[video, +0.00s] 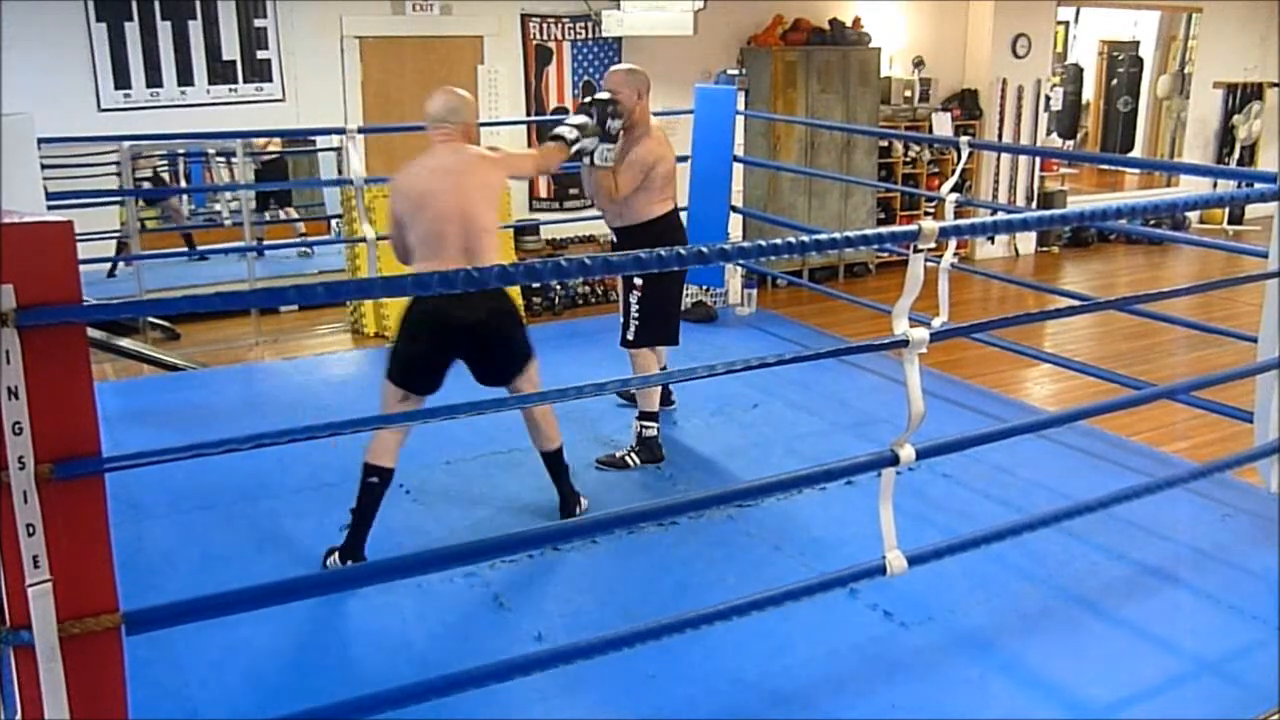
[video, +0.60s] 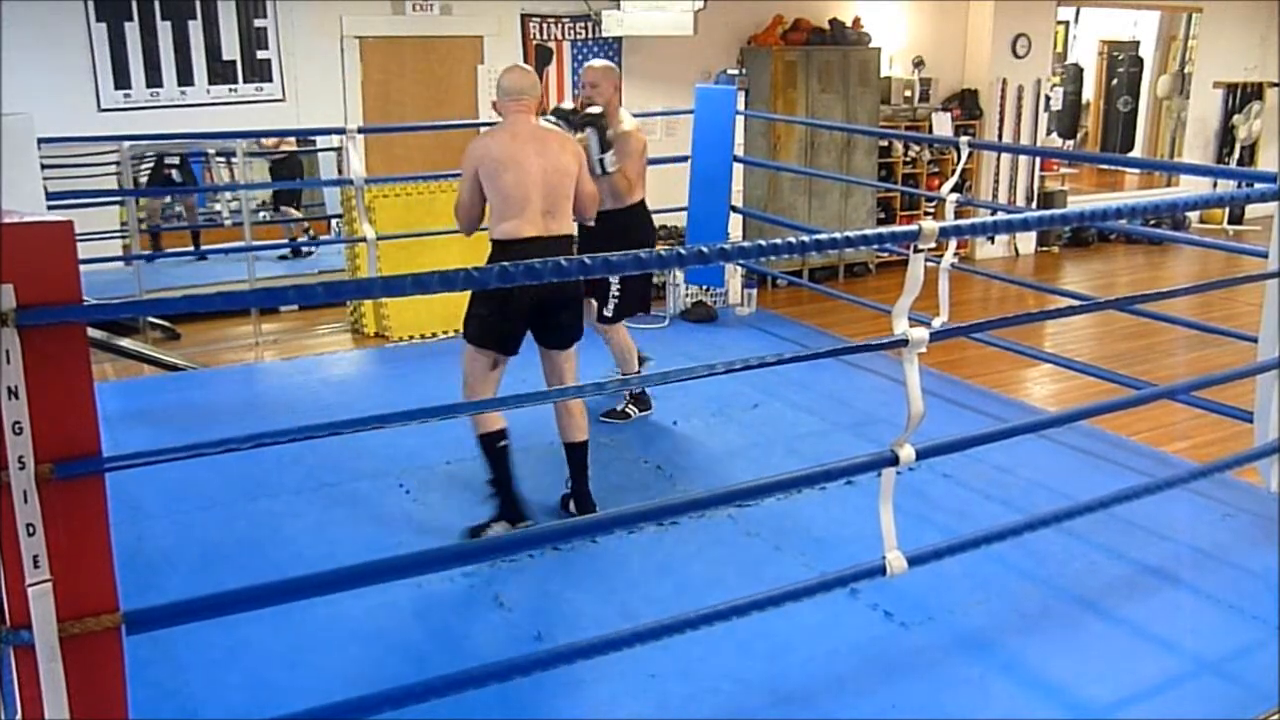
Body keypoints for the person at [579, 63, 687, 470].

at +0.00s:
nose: (607, 103)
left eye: (613, 96)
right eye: (606, 96)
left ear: (639, 98)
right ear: (628, 99)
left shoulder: (649, 145)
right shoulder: (624, 140)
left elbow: (609, 196)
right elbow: (593, 192)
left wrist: (592, 152)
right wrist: (586, 147)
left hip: (654, 243)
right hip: (636, 240)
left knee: (638, 344)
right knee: (645, 329)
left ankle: (647, 442)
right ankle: (659, 390)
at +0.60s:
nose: (585, 93)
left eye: (593, 86)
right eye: (582, 86)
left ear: (616, 88)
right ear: (581, 90)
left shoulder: (629, 135)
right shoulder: (588, 128)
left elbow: (625, 192)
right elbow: (576, 180)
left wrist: (597, 153)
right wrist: (565, 133)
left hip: (626, 227)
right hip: (595, 225)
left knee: (607, 321)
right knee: (588, 307)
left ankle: (638, 395)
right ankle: (631, 356)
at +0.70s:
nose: (578, 93)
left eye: (585, 86)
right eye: (574, 86)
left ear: (606, 88)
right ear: (572, 90)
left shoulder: (619, 133)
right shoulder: (583, 127)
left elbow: (616, 193)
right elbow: (574, 178)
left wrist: (587, 151)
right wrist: (560, 135)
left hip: (615, 224)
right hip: (585, 219)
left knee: (605, 318)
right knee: (577, 294)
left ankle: (637, 395)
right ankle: (584, 355)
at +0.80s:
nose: (566, 95)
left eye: (573, 88)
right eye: (563, 88)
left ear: (594, 90)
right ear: (561, 92)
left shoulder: (604, 131)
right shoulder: (568, 126)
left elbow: (604, 190)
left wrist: (569, 160)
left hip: (602, 221)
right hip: (570, 217)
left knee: (603, 316)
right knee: (559, 298)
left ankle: (636, 394)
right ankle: (552, 364)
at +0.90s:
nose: (553, 102)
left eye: (561, 95)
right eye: (548, 95)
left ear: (583, 97)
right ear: (543, 96)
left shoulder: (592, 139)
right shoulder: (540, 133)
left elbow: (592, 193)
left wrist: (567, 156)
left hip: (585, 231)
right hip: (549, 229)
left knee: (594, 320)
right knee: (546, 312)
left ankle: (634, 392)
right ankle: (546, 368)